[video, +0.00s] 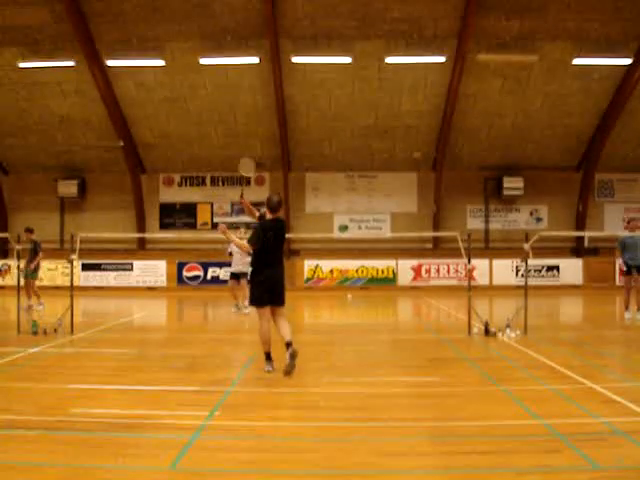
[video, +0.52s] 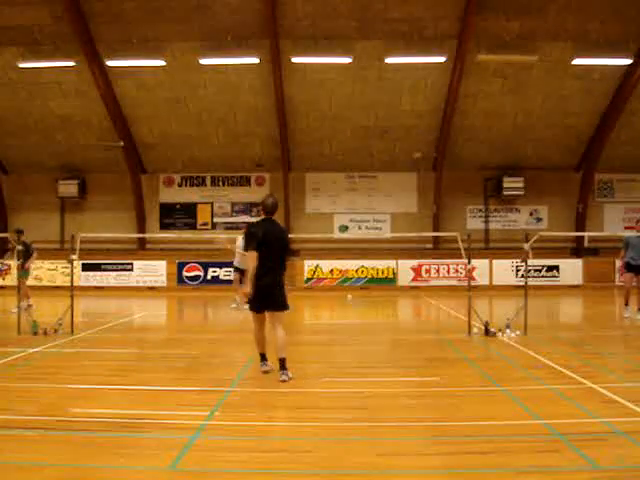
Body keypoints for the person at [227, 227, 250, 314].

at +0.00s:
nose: (241, 235)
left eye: (243, 233)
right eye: (239, 232)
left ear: (246, 234)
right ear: (236, 234)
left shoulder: (247, 244)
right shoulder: (233, 244)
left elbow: (251, 253)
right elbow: (229, 254)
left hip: (244, 268)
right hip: (234, 268)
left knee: (244, 285)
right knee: (232, 285)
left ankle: (245, 303)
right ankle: (237, 303)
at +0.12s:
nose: (242, 235)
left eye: (244, 233)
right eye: (241, 232)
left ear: (246, 234)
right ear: (238, 234)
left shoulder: (248, 245)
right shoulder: (233, 244)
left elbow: (251, 256)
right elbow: (227, 253)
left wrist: (243, 259)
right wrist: (231, 259)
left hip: (244, 268)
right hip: (234, 268)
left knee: (244, 284)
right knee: (233, 285)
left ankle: (248, 301)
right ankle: (236, 303)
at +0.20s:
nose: (242, 236)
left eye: (244, 233)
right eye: (241, 233)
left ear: (246, 235)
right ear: (238, 234)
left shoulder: (247, 245)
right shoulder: (234, 244)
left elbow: (250, 256)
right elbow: (231, 253)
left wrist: (242, 257)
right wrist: (228, 252)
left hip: (244, 268)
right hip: (235, 268)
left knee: (244, 285)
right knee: (234, 286)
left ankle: (247, 298)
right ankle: (236, 303)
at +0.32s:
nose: (243, 236)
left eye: (245, 234)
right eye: (242, 234)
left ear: (247, 236)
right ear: (240, 235)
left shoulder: (249, 245)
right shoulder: (236, 244)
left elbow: (249, 257)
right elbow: (235, 253)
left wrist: (238, 255)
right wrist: (229, 250)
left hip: (246, 269)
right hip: (237, 268)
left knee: (245, 285)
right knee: (235, 283)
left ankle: (246, 301)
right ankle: (235, 301)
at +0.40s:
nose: (242, 236)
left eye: (244, 233)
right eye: (241, 233)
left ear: (247, 235)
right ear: (239, 234)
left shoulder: (249, 245)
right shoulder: (237, 244)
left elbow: (249, 256)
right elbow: (234, 253)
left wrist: (238, 255)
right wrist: (229, 249)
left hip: (246, 269)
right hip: (237, 268)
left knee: (245, 286)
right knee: (235, 283)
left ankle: (246, 301)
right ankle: (235, 300)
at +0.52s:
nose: (244, 230)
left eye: (246, 228)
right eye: (244, 228)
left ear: (249, 230)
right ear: (243, 230)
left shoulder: (251, 240)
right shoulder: (239, 238)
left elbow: (250, 253)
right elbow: (237, 249)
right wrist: (230, 247)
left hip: (246, 266)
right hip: (237, 264)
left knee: (246, 285)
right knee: (236, 284)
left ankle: (246, 301)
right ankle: (237, 301)